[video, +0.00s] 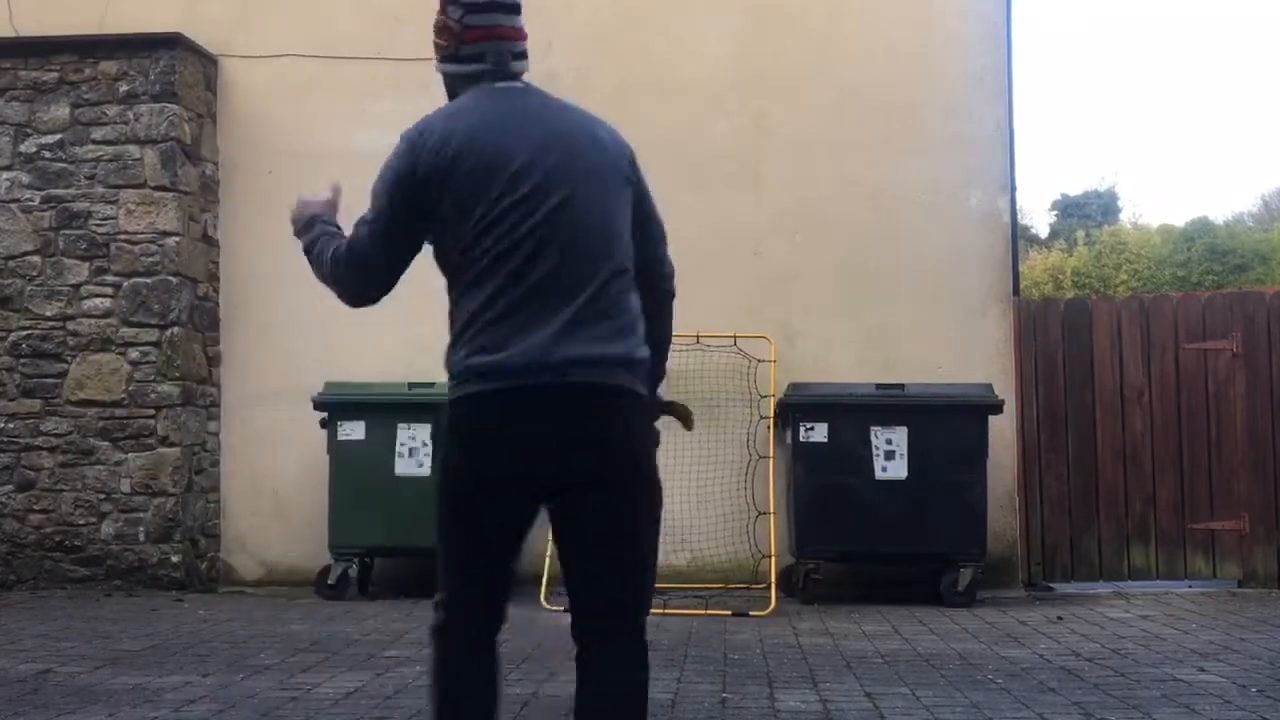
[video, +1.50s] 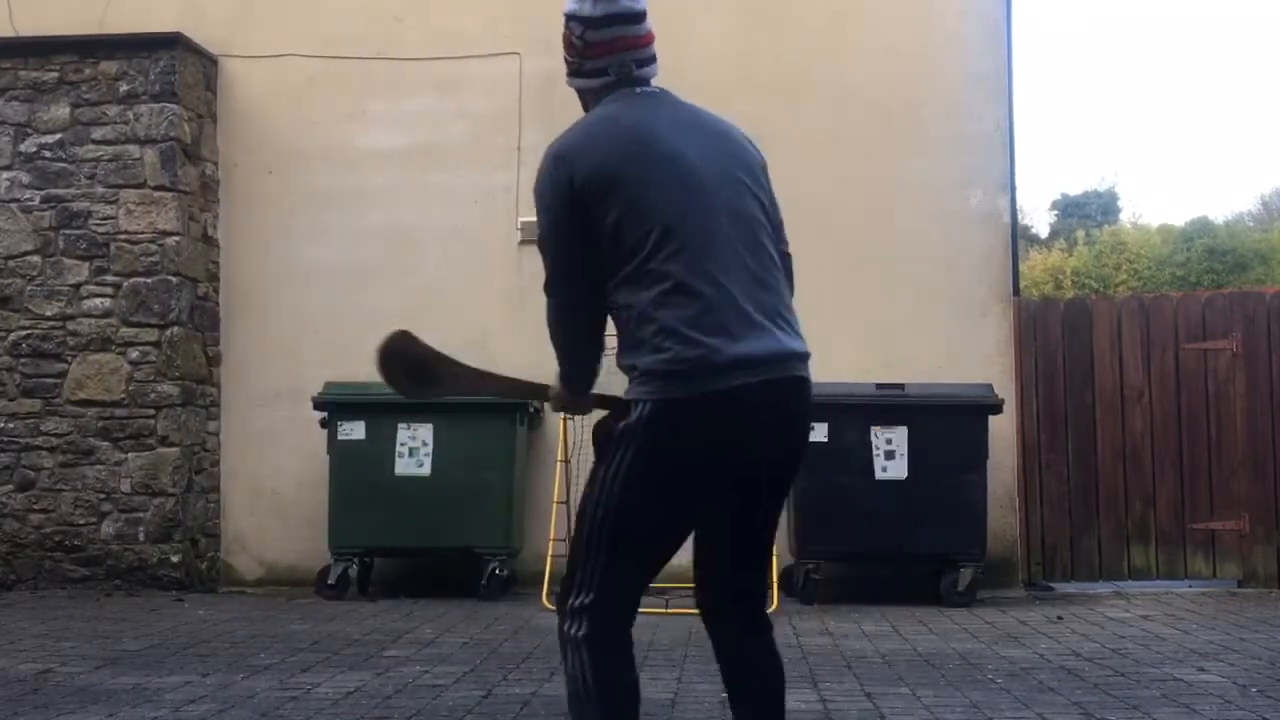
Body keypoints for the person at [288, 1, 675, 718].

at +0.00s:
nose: (440, 75)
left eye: (440, 62)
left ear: (446, 63)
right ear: (522, 58)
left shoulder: (435, 140)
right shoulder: (603, 138)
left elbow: (361, 278)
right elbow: (656, 276)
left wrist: (317, 228)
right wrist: (642, 385)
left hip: (493, 414)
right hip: (611, 412)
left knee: (468, 618)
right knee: (613, 633)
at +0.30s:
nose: (520, 97)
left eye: (521, 80)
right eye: (518, 80)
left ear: (539, 74)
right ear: (601, 64)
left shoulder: (557, 154)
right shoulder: (667, 133)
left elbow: (516, 308)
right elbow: (668, 283)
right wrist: (613, 406)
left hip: (656, 411)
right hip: (747, 405)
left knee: (570, 637)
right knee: (674, 595)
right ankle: (759, 715)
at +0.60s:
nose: (615, 112)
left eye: (619, 90)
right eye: (613, 92)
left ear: (661, 86)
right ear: (683, 82)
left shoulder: (727, 153)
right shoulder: (730, 155)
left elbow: (678, 284)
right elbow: (667, 320)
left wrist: (571, 252)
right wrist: (585, 304)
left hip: (801, 421)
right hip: (850, 418)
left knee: (673, 613)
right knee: (806, 622)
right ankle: (887, 718)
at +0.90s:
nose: (632, 150)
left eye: (632, 131)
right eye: (626, 131)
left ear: (654, 121)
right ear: (698, 100)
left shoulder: (697, 198)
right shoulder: (766, 143)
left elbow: (709, 360)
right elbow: (736, 289)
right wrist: (627, 310)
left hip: (870, 417)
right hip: (931, 391)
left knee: (846, 649)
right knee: (881, 627)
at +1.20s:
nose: (609, 83)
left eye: (608, 72)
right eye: (615, 69)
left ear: (617, 80)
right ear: (693, 63)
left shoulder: (625, 189)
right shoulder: (784, 129)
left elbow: (665, 324)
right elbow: (814, 269)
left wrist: (717, 391)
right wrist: (714, 378)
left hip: (752, 425)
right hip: (852, 405)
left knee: (761, 650)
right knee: (790, 637)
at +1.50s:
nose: (572, 79)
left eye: (571, 68)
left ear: (577, 70)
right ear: (651, 60)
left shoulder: (574, 154)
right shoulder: (729, 134)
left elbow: (573, 299)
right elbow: (775, 265)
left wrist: (574, 386)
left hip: (679, 404)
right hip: (780, 394)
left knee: (592, 611)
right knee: (736, 601)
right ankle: (764, 713)